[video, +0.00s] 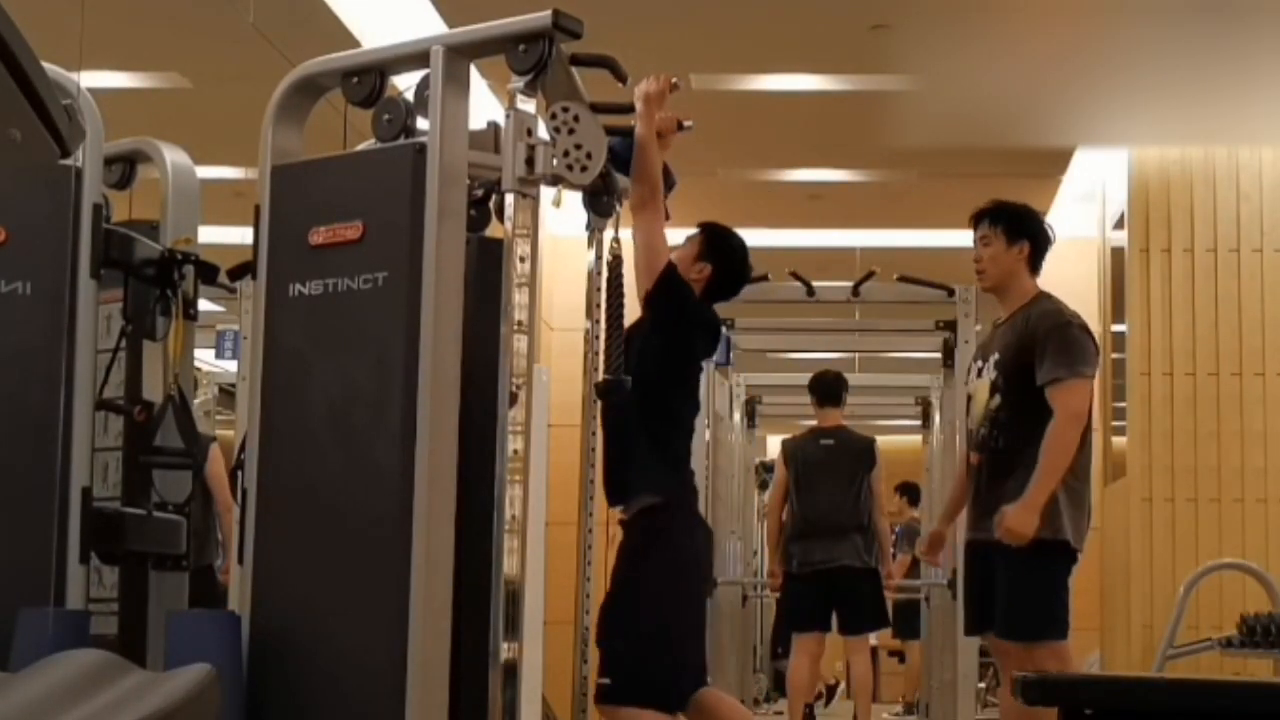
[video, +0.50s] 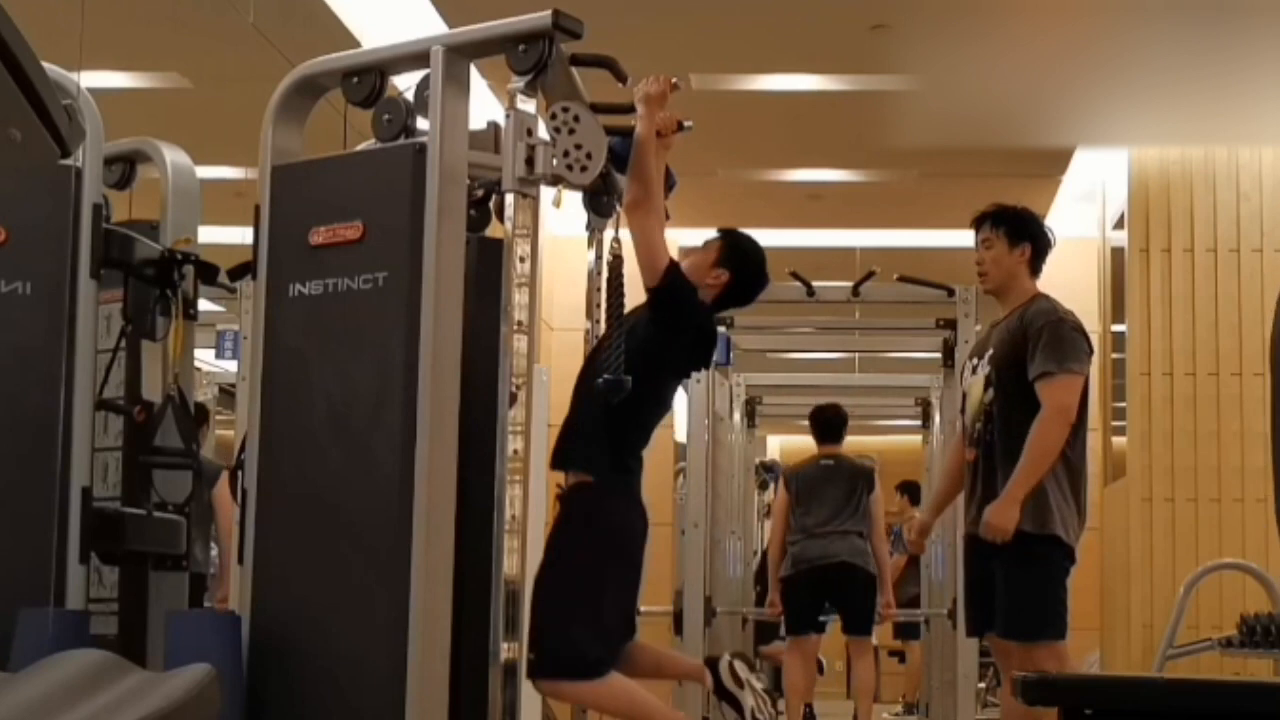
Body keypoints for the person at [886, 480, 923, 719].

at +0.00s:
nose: (894, 502)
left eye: (896, 497)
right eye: (895, 497)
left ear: (904, 499)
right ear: (913, 499)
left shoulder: (909, 526)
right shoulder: (911, 524)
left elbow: (903, 559)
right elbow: (904, 558)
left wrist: (891, 581)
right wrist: (893, 580)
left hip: (909, 592)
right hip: (910, 591)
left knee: (911, 648)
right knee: (912, 648)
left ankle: (910, 700)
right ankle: (912, 699)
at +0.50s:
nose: (895, 501)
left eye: (897, 496)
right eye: (896, 496)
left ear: (905, 497)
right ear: (913, 497)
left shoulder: (910, 522)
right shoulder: (913, 520)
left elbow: (899, 558)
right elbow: (900, 557)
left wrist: (886, 585)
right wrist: (889, 583)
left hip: (910, 591)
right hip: (913, 590)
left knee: (912, 646)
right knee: (912, 646)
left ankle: (910, 701)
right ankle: (912, 699)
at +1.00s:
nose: (894, 501)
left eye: (896, 496)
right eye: (896, 496)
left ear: (903, 498)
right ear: (915, 498)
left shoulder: (906, 526)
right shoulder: (916, 523)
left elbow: (901, 560)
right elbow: (903, 559)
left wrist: (884, 587)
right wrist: (890, 583)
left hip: (909, 592)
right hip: (916, 590)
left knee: (912, 647)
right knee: (914, 647)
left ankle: (910, 702)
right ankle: (914, 700)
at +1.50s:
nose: (894, 500)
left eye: (896, 496)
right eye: (895, 496)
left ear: (903, 497)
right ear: (912, 498)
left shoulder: (911, 523)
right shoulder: (910, 521)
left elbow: (900, 558)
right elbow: (901, 556)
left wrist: (884, 582)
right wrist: (887, 578)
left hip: (911, 590)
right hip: (908, 590)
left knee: (911, 647)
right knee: (909, 647)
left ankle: (911, 700)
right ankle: (912, 699)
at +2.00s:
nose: (891, 503)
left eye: (893, 498)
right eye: (893, 498)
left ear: (901, 499)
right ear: (913, 500)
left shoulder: (906, 527)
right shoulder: (915, 524)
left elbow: (901, 561)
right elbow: (903, 561)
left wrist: (887, 589)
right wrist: (891, 587)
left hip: (908, 593)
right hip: (914, 591)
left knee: (910, 647)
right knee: (912, 647)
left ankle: (911, 700)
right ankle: (913, 698)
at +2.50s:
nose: (891, 504)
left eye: (893, 500)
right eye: (892, 500)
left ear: (901, 500)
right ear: (911, 500)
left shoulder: (907, 526)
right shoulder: (912, 524)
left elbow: (901, 560)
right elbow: (902, 558)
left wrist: (888, 578)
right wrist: (891, 575)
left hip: (907, 590)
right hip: (911, 589)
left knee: (910, 647)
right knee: (911, 647)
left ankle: (911, 700)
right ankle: (912, 699)